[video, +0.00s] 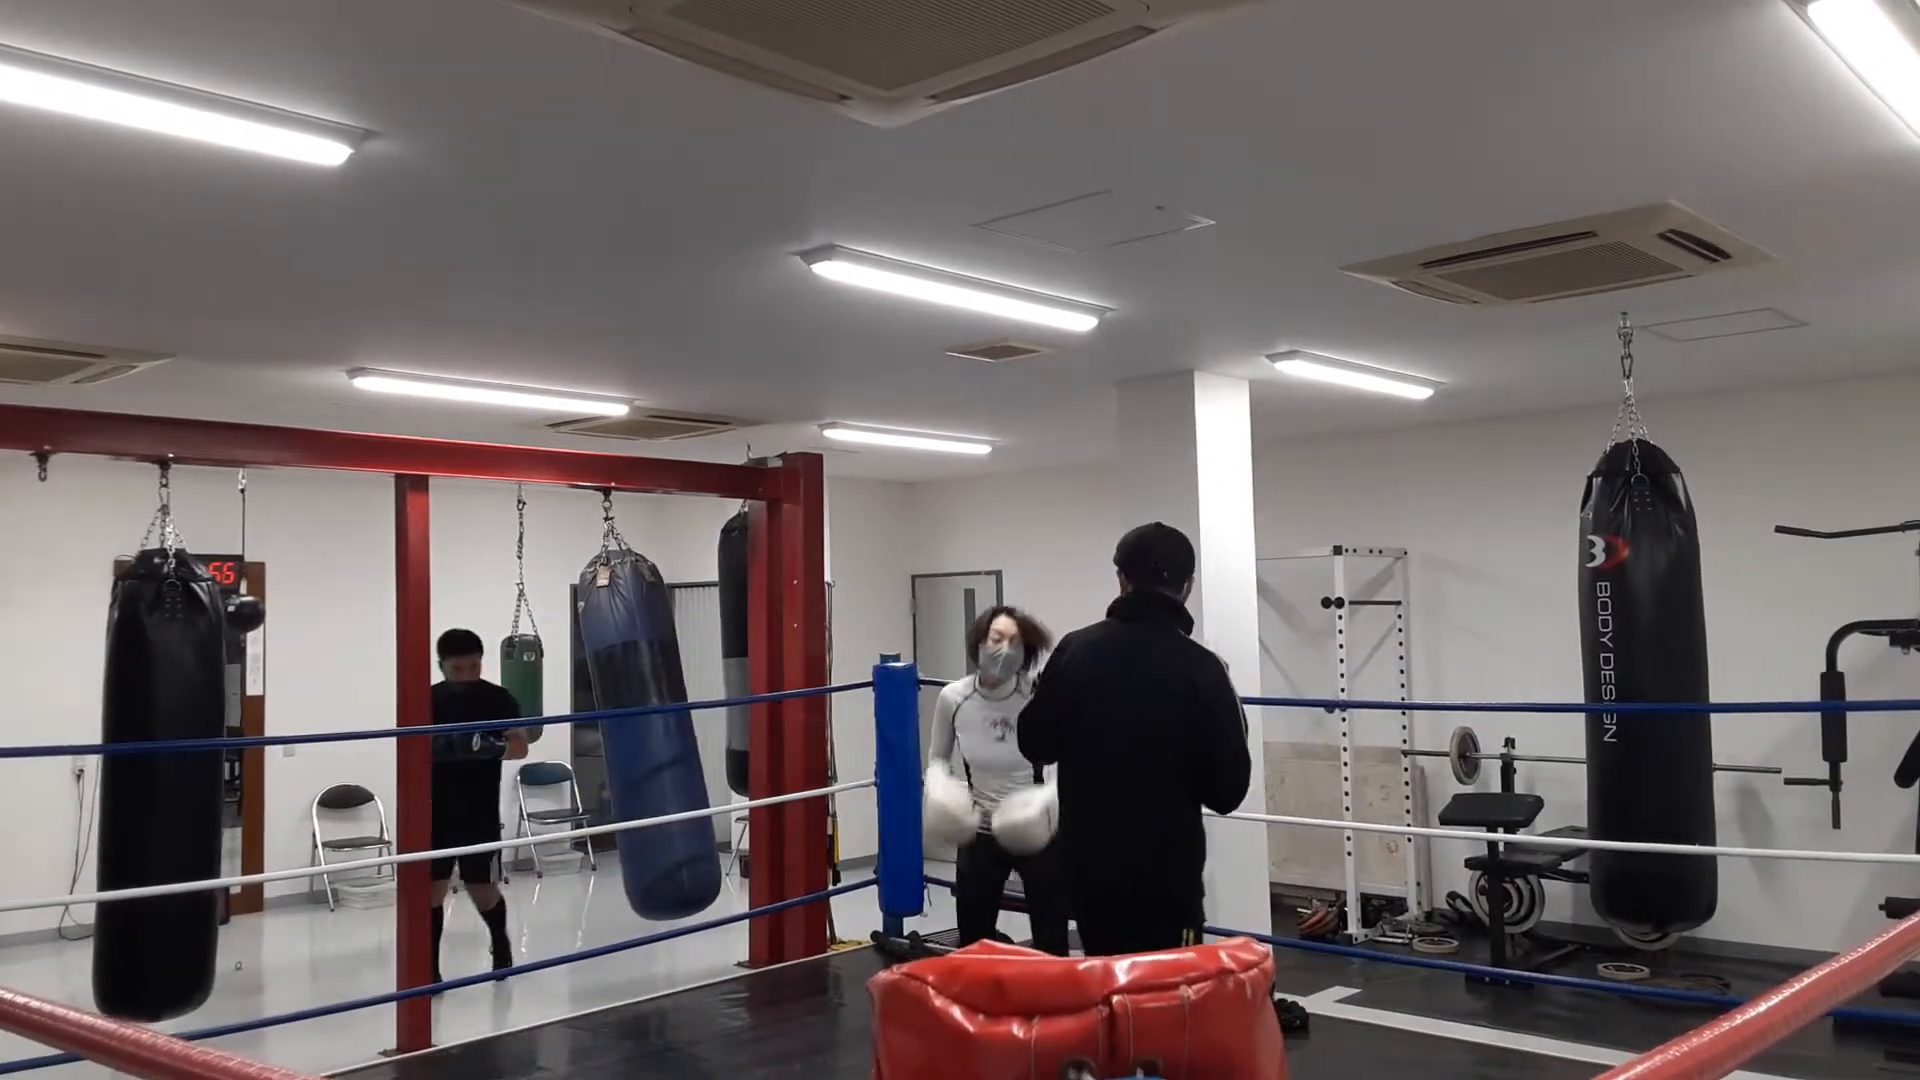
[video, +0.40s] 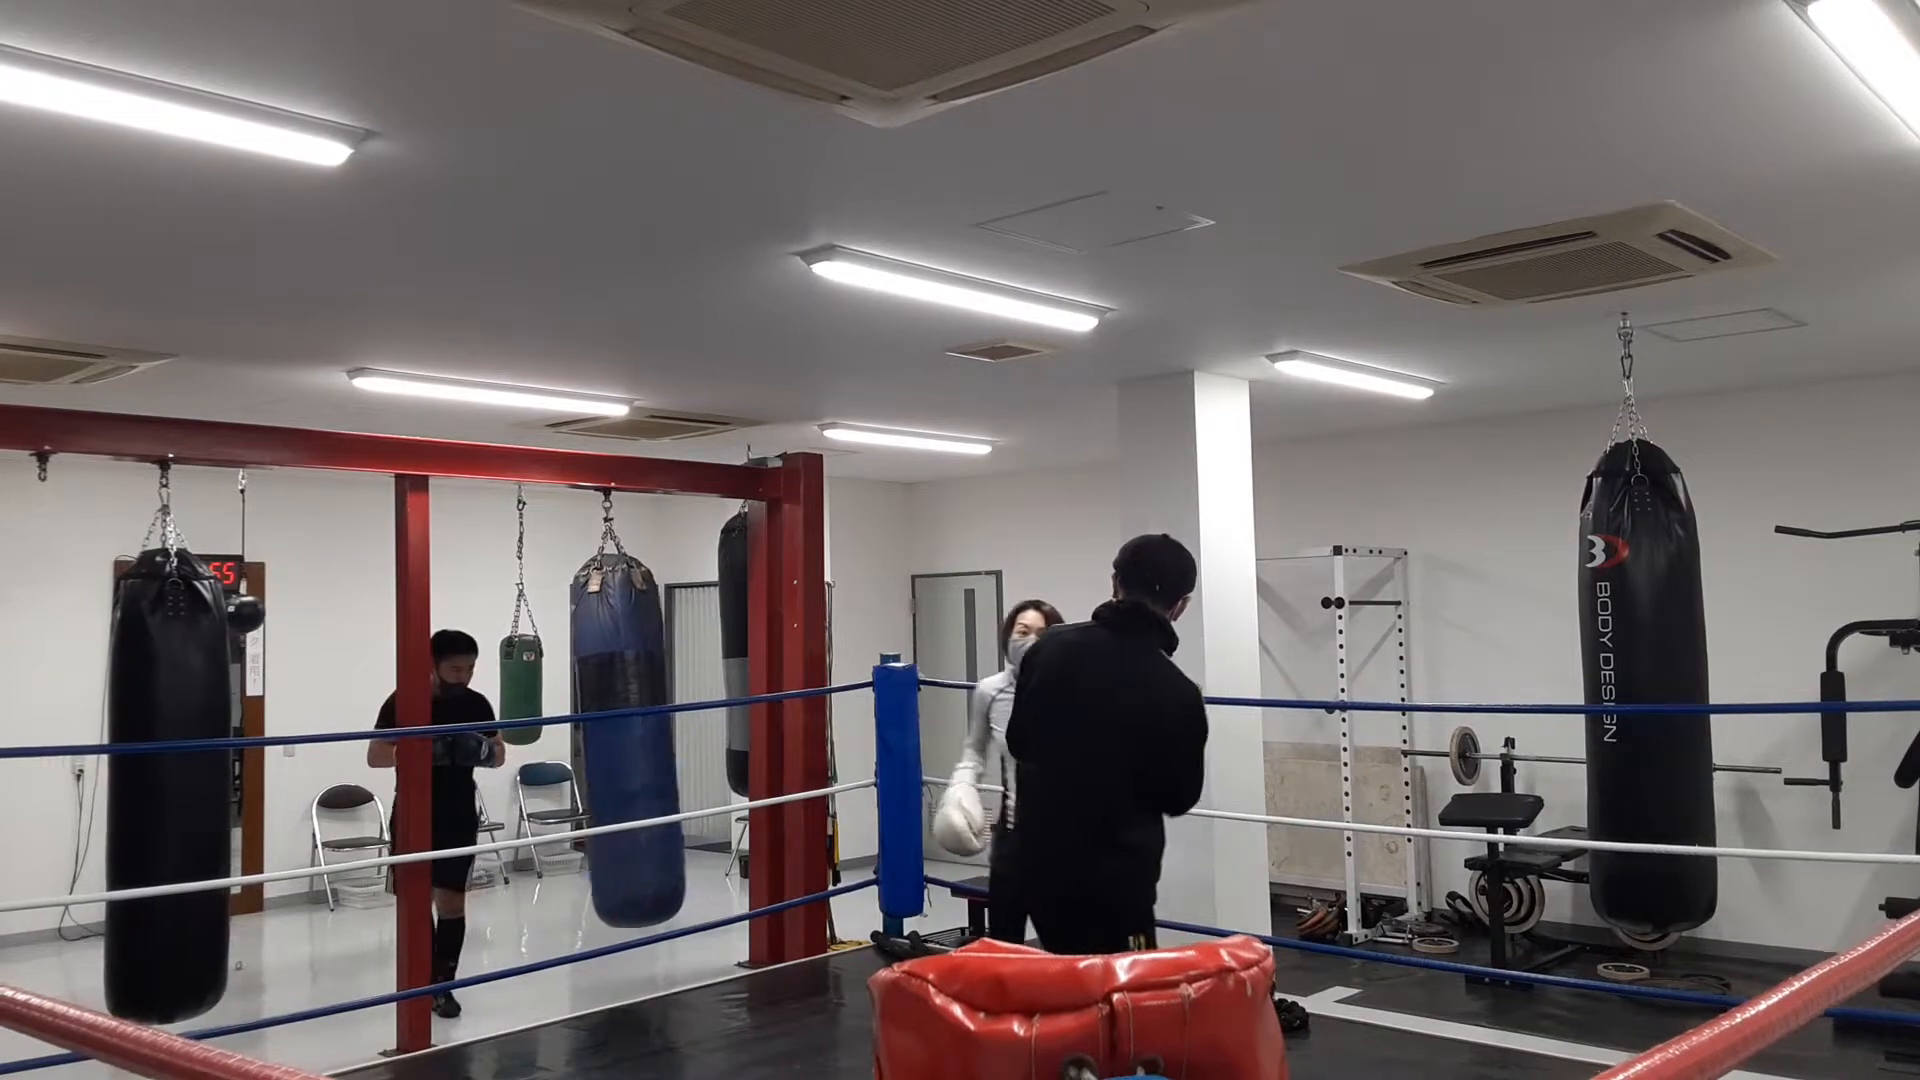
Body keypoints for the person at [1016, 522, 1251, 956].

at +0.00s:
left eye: (1117, 577)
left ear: (1121, 580)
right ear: (1187, 587)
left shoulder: (1076, 652)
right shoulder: (1203, 668)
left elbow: (1035, 744)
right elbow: (1227, 792)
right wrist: (1172, 750)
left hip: (1091, 866)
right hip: (1169, 872)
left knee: (1110, 1004)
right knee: (1170, 1007)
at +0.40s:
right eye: (1185, 603)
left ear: (1115, 584)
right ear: (1179, 606)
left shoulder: (1049, 648)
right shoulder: (1179, 692)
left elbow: (1019, 742)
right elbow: (1179, 796)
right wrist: (1123, 763)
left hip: (1046, 856)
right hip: (1123, 869)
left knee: (1067, 989)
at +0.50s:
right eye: (1176, 603)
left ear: (1107, 585)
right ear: (1170, 606)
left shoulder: (1041, 650)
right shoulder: (1167, 690)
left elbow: (1010, 746)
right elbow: (1171, 811)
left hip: (1030, 868)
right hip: (1110, 881)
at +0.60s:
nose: (1165, 612)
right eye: (1167, 604)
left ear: (1097, 585)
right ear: (1160, 606)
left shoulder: (1032, 652)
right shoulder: (1152, 685)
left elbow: (998, 749)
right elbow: (1158, 816)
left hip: (1023, 867)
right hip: (1100, 877)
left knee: (1033, 1000)